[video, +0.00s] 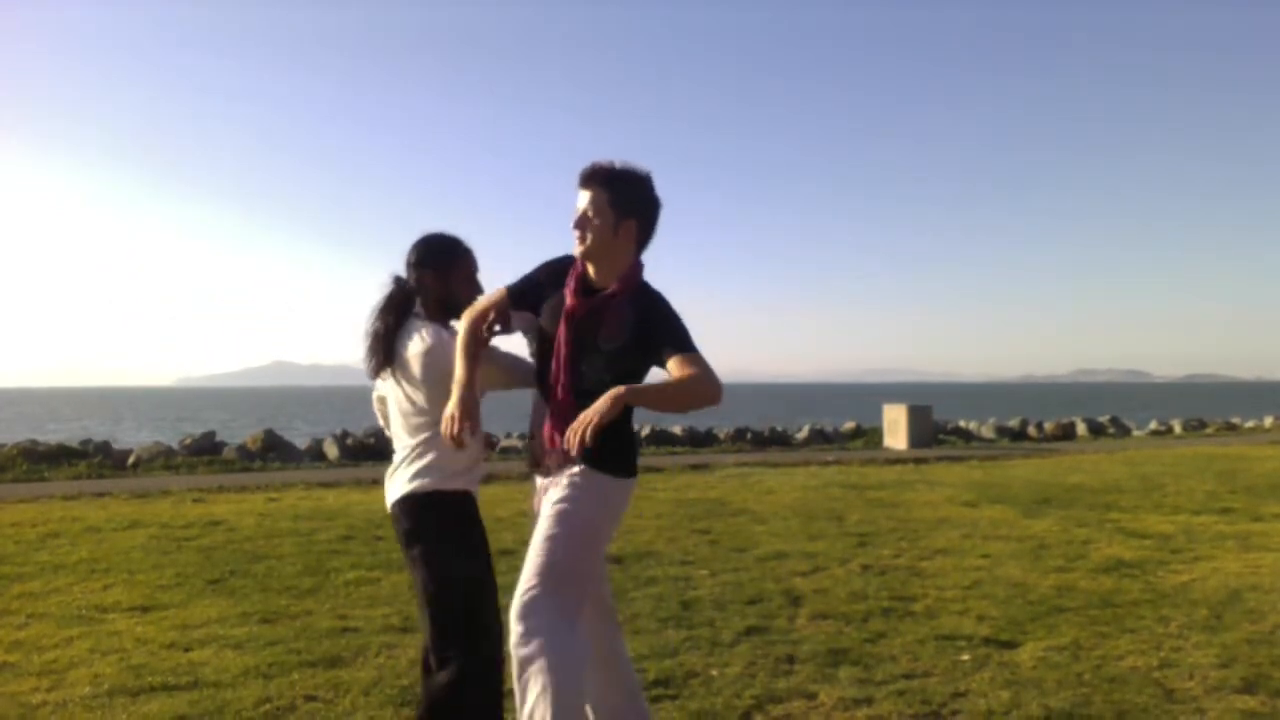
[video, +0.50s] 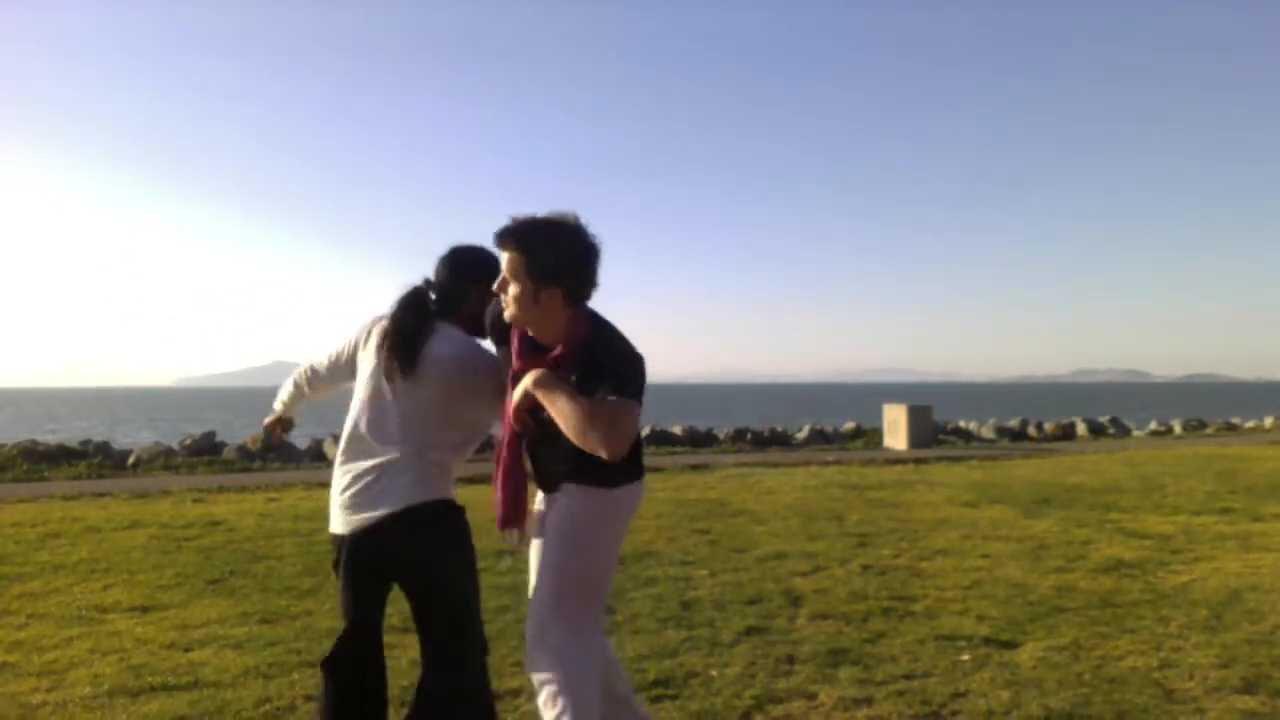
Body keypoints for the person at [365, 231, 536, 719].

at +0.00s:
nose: (477, 286)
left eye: (475, 276)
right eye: (468, 276)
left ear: (423, 281)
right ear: (433, 279)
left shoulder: (397, 340)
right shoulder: (442, 342)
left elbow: (384, 409)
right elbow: (526, 373)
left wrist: (462, 436)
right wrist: (531, 325)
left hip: (410, 497)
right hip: (441, 499)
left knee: (450, 639)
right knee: (471, 641)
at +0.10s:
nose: (485, 285)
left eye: (483, 273)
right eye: (477, 273)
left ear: (425, 279)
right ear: (444, 278)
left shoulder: (387, 339)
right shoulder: (446, 344)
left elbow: (372, 405)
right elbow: (524, 380)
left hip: (393, 496)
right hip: (433, 496)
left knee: (438, 632)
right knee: (457, 635)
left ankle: (438, 708)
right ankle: (459, 710)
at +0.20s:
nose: (487, 300)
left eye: (488, 289)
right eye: (483, 287)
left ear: (434, 280)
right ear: (453, 281)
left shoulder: (387, 332)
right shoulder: (450, 346)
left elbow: (356, 393)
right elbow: (517, 385)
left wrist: (389, 437)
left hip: (377, 499)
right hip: (424, 499)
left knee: (424, 640)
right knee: (448, 639)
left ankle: (419, 709)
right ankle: (449, 712)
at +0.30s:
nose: (491, 297)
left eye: (492, 288)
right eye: (488, 287)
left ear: (434, 281)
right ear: (466, 287)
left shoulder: (383, 335)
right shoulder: (461, 355)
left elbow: (340, 396)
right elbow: (511, 402)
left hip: (365, 503)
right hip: (423, 500)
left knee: (397, 623)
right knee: (449, 633)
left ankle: (395, 701)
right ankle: (445, 709)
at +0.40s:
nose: (494, 303)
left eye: (495, 292)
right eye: (492, 291)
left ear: (439, 283)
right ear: (472, 291)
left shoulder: (378, 331)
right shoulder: (476, 361)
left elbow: (320, 381)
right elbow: (508, 435)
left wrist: (316, 413)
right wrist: (492, 456)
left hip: (358, 511)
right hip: (425, 507)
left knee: (381, 616)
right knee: (457, 641)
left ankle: (369, 710)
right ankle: (444, 715)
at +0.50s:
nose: (501, 304)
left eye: (502, 294)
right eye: (497, 293)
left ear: (438, 288)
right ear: (478, 296)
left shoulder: (381, 331)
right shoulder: (478, 362)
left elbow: (314, 375)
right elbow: (523, 424)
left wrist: (280, 412)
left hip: (355, 517)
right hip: (427, 515)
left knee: (357, 644)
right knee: (455, 651)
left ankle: (348, 714)